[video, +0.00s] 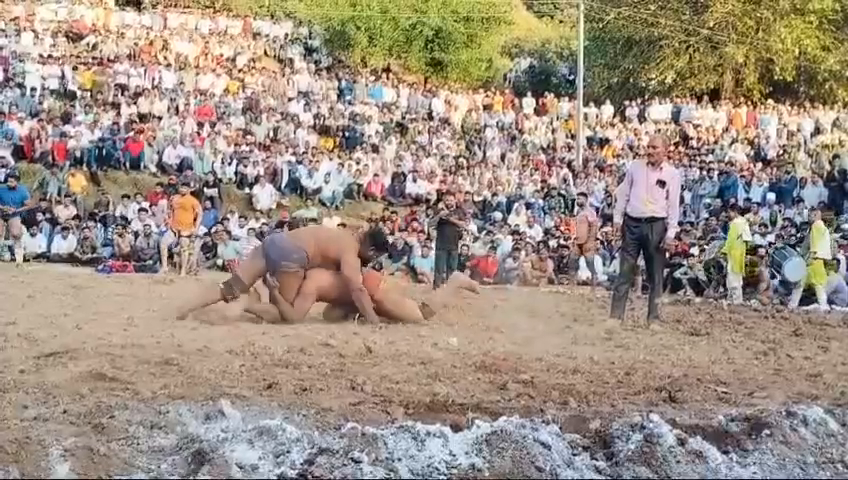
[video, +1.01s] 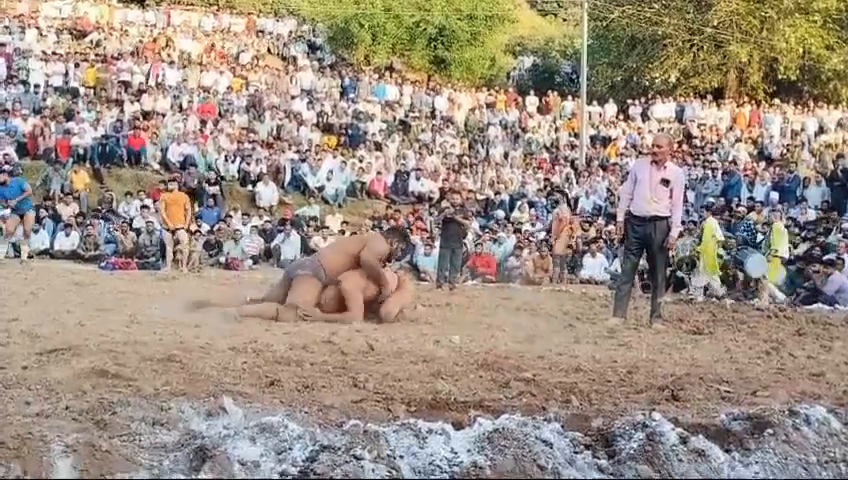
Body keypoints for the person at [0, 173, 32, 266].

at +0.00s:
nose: (10, 183)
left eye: (12, 181)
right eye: (9, 181)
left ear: (17, 181)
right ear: (7, 181)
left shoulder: (22, 190)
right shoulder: (2, 189)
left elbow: (29, 205)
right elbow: (1, 204)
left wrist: (15, 210)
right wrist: (4, 208)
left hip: (14, 215)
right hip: (3, 214)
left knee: (16, 234)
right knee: (2, 235)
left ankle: (19, 260)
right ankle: (4, 254)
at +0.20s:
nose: (11, 181)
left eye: (13, 179)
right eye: (10, 179)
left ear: (18, 180)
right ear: (7, 179)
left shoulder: (22, 189)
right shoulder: (3, 187)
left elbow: (25, 206)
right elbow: (1, 202)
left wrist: (12, 208)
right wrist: (5, 205)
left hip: (14, 212)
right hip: (3, 211)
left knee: (12, 234)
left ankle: (18, 260)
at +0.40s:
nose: (8, 183)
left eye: (11, 181)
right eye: (8, 181)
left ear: (16, 182)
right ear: (6, 181)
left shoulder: (21, 192)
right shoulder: (2, 190)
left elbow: (24, 208)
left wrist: (12, 210)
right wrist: (3, 208)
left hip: (13, 216)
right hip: (3, 216)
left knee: (12, 236)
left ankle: (18, 261)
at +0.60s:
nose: (4, 183)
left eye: (6, 181)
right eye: (3, 181)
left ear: (12, 181)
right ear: (3, 181)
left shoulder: (21, 191)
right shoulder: (2, 191)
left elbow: (25, 206)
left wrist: (13, 211)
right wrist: (3, 210)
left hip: (16, 214)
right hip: (3, 214)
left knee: (15, 226)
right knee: (2, 225)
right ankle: (3, 248)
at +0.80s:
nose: (0, 180)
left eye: (2, 178)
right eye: (0, 178)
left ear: (6, 178)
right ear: (2, 178)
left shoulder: (19, 187)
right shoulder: (2, 191)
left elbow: (28, 199)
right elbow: (1, 204)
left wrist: (15, 206)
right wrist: (4, 208)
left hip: (22, 212)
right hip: (9, 213)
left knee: (22, 232)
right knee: (5, 232)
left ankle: (22, 256)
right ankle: (2, 253)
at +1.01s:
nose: (0, 177)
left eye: (1, 175)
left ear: (6, 174)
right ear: (2, 176)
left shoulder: (19, 181)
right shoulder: (2, 189)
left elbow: (29, 191)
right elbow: (3, 201)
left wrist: (16, 200)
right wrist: (8, 204)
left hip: (28, 209)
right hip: (15, 210)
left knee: (27, 231)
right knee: (9, 230)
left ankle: (24, 255)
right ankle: (5, 251)